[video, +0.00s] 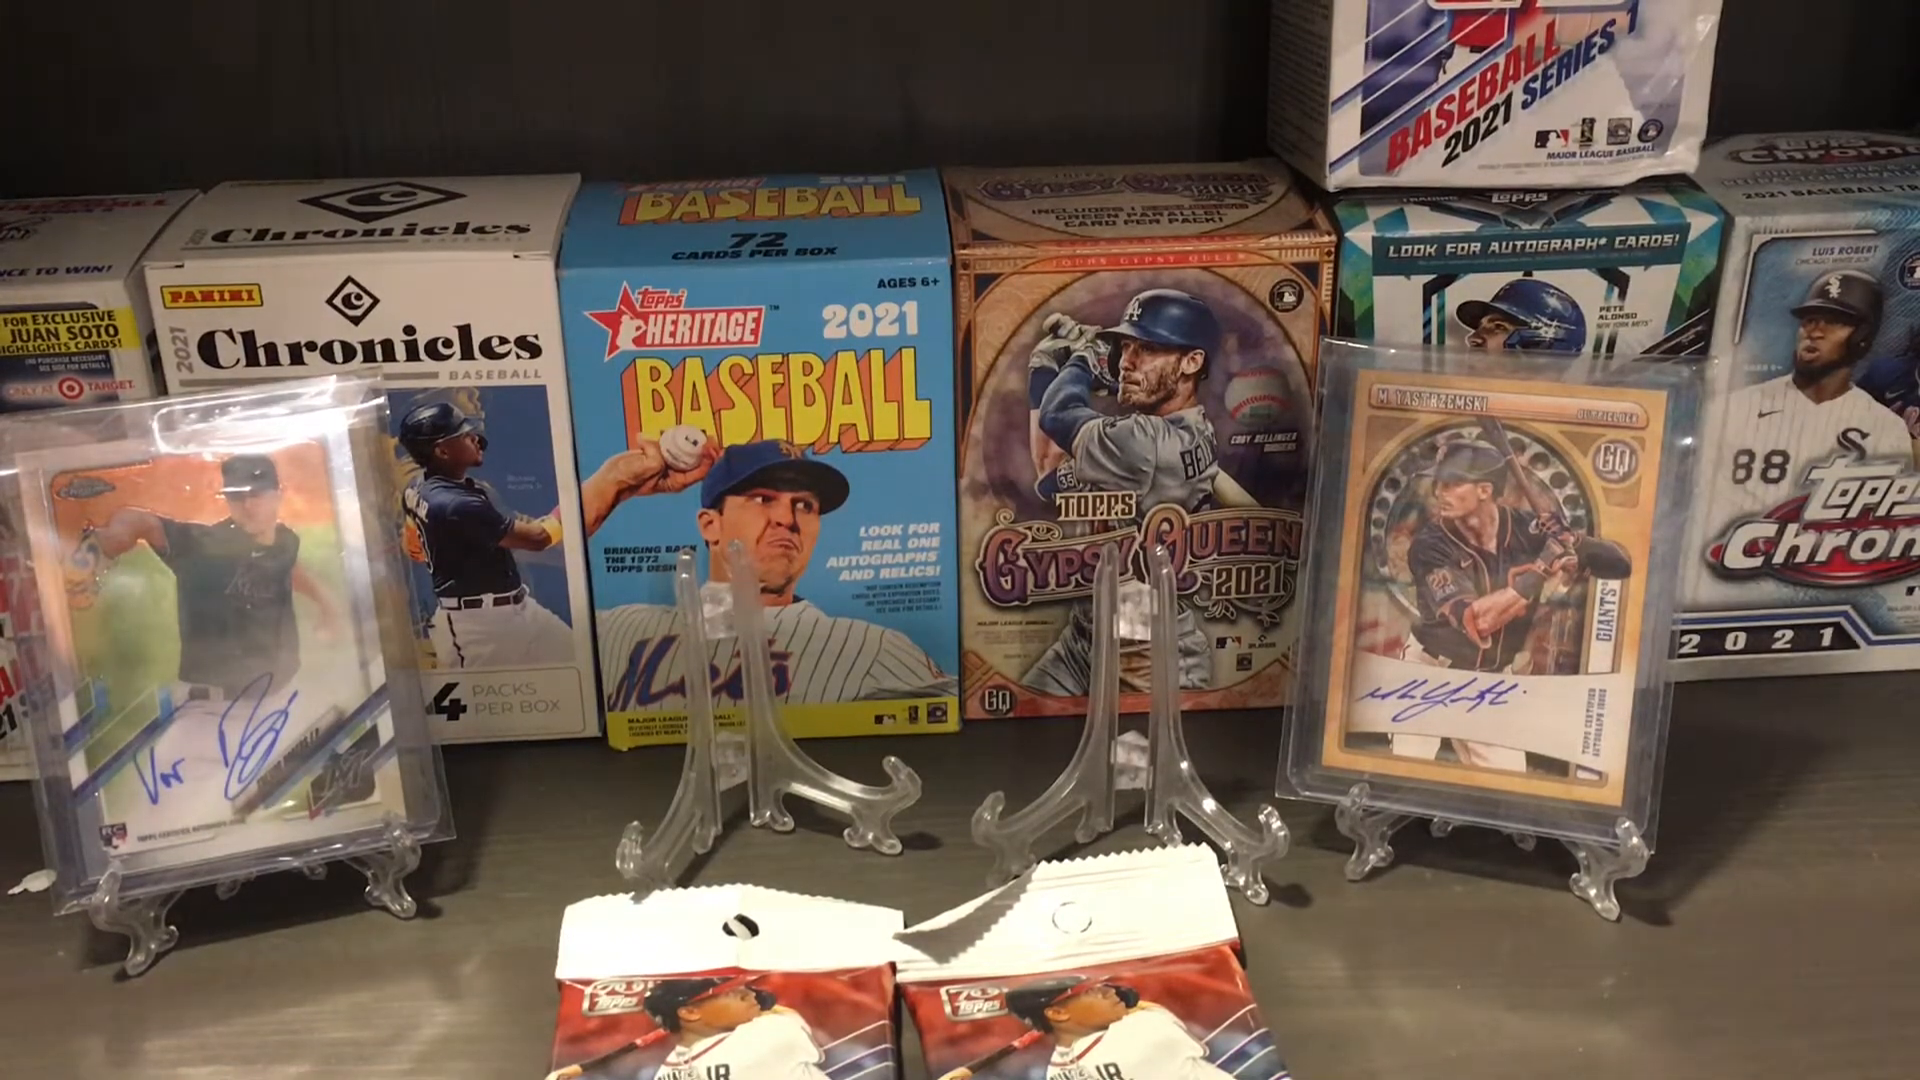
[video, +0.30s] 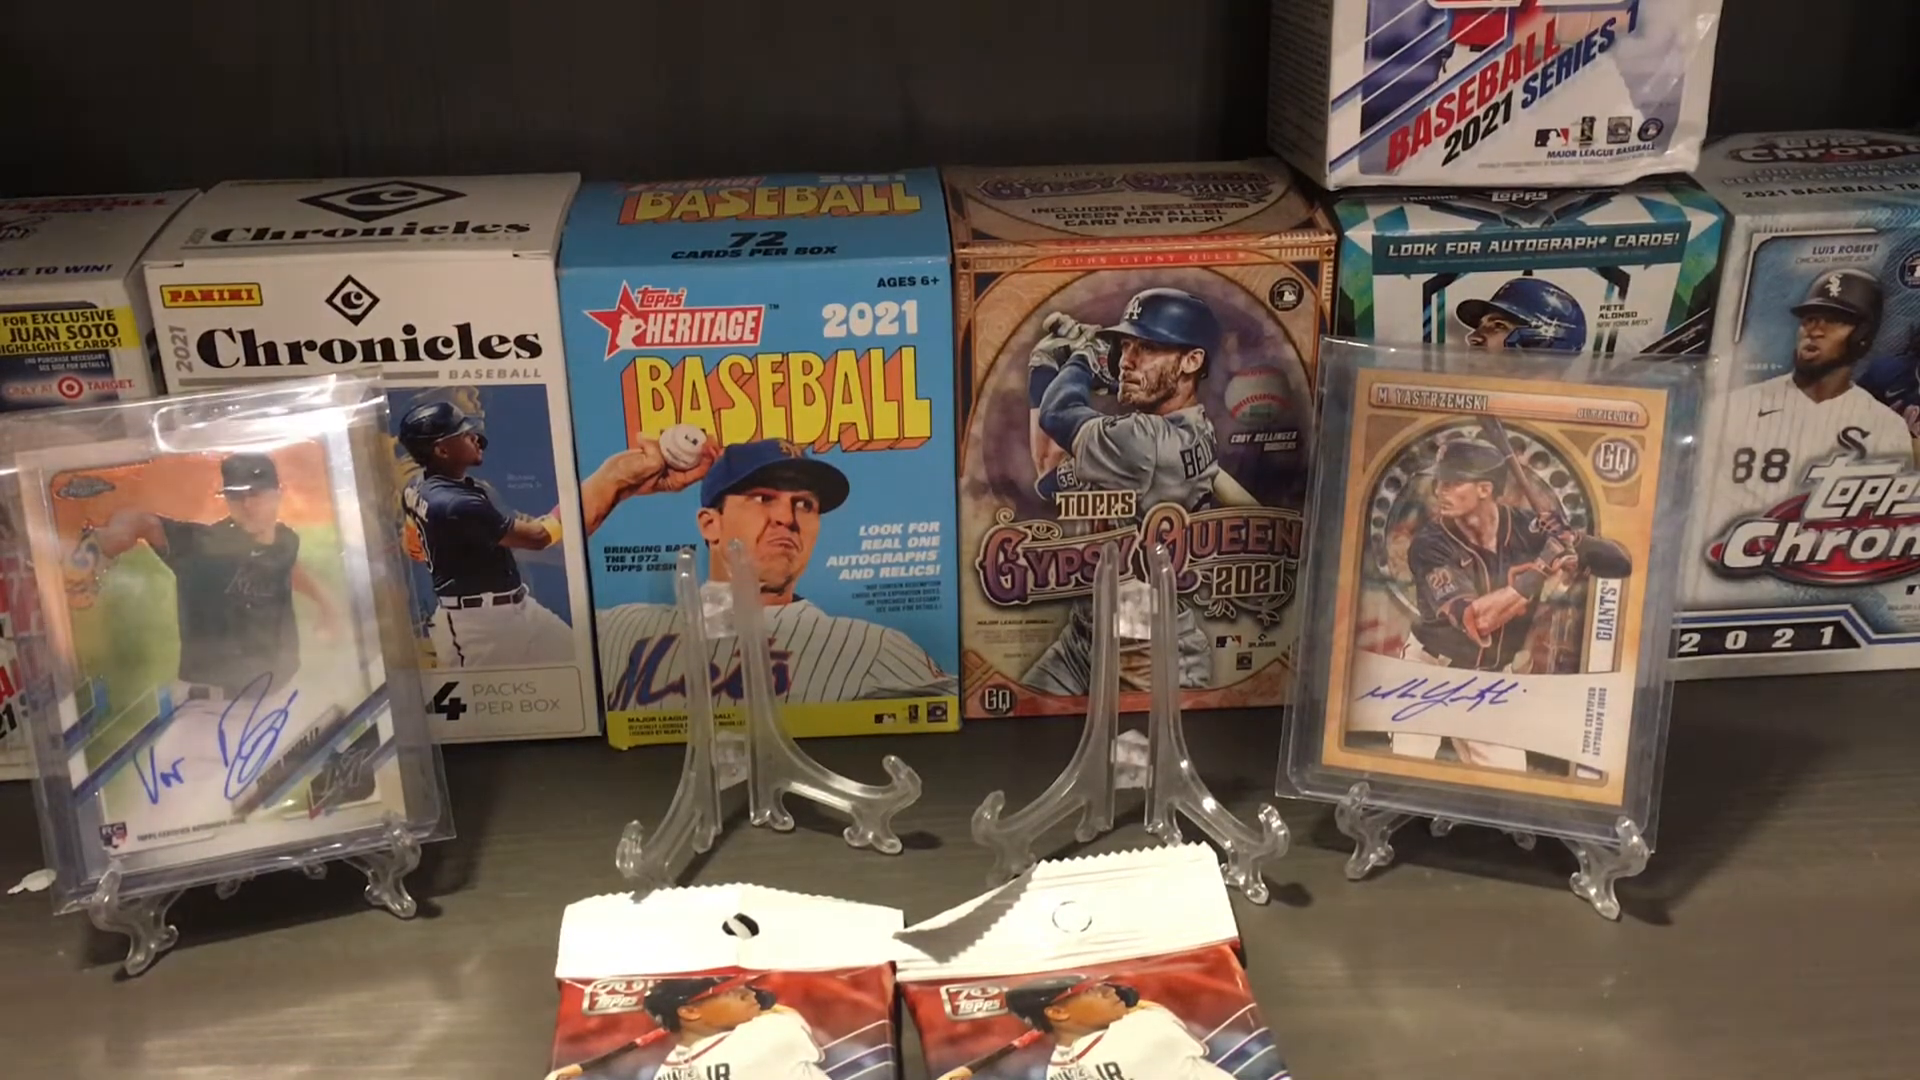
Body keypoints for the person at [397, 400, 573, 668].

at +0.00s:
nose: (476, 437)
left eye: (470, 431)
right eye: (465, 433)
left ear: (443, 451)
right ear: (442, 450)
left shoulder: (420, 490)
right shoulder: (459, 507)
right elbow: (538, 538)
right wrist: (570, 509)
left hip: (520, 609)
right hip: (474, 623)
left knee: (588, 664)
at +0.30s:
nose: (476, 436)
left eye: (470, 430)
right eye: (465, 432)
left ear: (442, 450)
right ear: (441, 449)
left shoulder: (419, 489)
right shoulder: (460, 506)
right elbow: (538, 537)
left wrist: (546, 521)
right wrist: (567, 511)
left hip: (520, 609)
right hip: (474, 623)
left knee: (588, 663)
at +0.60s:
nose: (475, 436)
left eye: (469, 429)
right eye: (465, 433)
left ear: (442, 451)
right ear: (441, 450)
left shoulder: (420, 489)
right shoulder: (461, 507)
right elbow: (539, 537)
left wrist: (538, 524)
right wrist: (567, 510)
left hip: (519, 609)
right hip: (474, 623)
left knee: (587, 663)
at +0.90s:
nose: (476, 436)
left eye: (470, 430)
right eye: (465, 433)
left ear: (442, 451)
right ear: (442, 450)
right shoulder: (461, 507)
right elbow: (539, 537)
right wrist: (568, 509)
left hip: (519, 609)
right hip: (474, 623)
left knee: (588, 664)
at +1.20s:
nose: (476, 437)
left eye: (470, 430)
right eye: (465, 433)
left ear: (442, 451)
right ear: (442, 450)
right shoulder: (461, 507)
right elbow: (539, 538)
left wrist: (541, 524)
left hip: (520, 609)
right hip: (474, 623)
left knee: (587, 665)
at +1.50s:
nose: (476, 437)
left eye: (470, 431)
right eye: (465, 434)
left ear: (443, 451)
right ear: (442, 450)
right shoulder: (460, 507)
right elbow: (539, 538)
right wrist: (569, 510)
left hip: (519, 608)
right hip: (474, 623)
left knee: (587, 665)